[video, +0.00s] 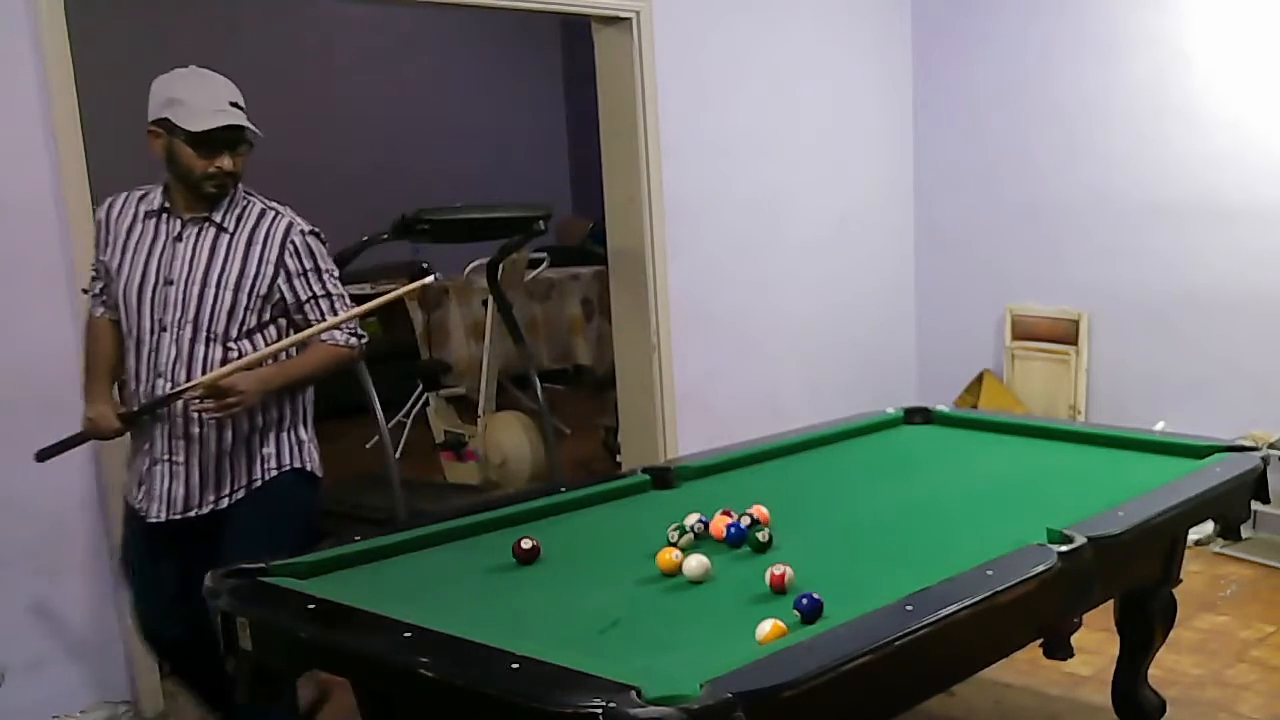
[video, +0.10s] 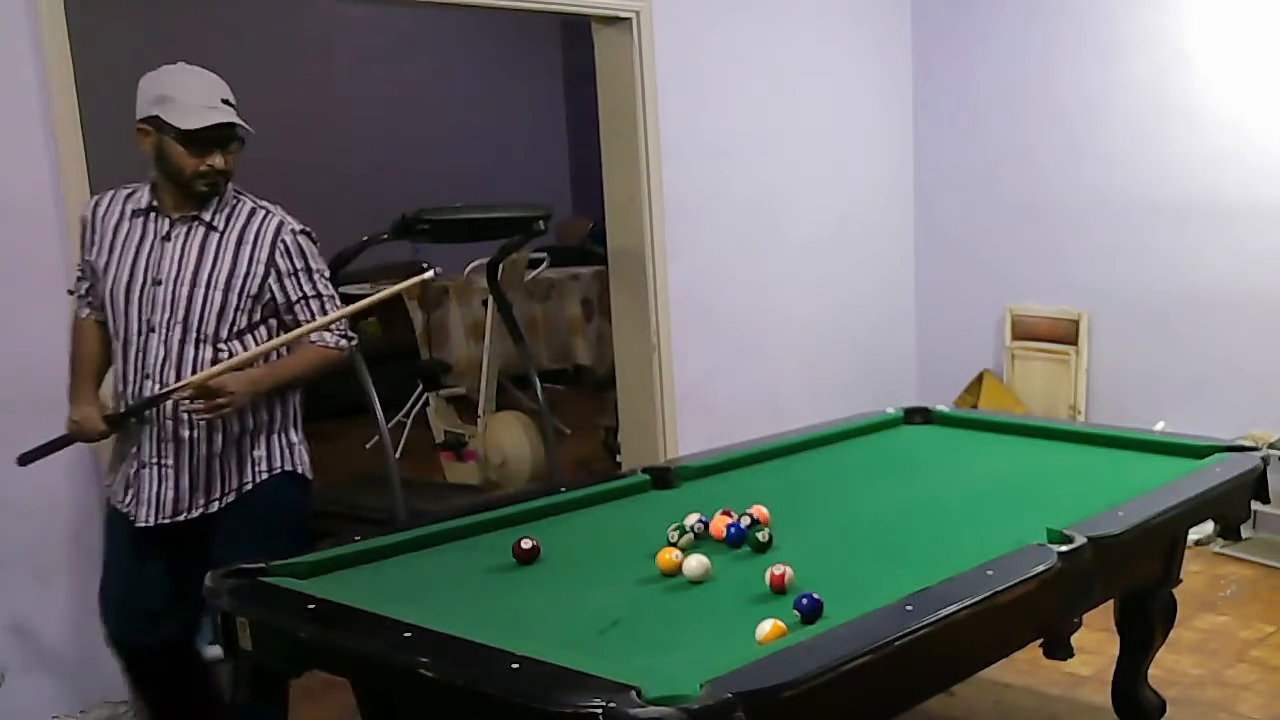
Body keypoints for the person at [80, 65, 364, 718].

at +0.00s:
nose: (225, 163)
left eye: (237, 146)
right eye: (206, 146)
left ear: (251, 142)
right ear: (160, 139)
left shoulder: (283, 234)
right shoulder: (120, 217)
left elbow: (345, 339)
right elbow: (106, 306)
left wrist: (266, 380)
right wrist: (100, 394)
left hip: (264, 470)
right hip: (164, 477)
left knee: (259, 627)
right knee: (168, 629)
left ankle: (280, 712)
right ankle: (254, 709)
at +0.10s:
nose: (218, 161)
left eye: (229, 144)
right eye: (198, 144)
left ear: (243, 141)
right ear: (148, 137)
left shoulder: (273, 234)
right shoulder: (108, 216)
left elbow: (334, 341)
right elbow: (93, 308)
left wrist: (256, 381)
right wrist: (84, 394)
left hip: (253, 482)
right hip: (146, 488)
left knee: (261, 651)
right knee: (140, 638)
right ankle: (190, 719)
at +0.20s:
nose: (208, 160)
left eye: (219, 144)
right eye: (188, 143)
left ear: (231, 140)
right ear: (136, 137)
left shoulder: (261, 234)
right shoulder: (95, 217)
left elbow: (325, 343)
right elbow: (78, 312)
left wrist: (246, 384)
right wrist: (68, 400)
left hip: (244, 494)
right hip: (130, 500)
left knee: (259, 678)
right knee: (124, 676)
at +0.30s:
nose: (196, 163)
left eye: (205, 146)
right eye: (176, 146)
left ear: (217, 141)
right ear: (121, 140)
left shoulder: (249, 237)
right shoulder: (74, 223)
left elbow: (315, 345)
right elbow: (57, 318)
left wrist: (237, 388)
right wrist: (51, 412)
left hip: (232, 506)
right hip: (114, 509)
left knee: (255, 690)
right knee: (108, 692)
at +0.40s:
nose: (179, 168)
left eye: (186, 150)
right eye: (159, 150)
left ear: (198, 147)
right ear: (101, 144)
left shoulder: (231, 239)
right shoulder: (45, 231)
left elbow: (300, 347)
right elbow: (27, 323)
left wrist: (221, 395)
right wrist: (28, 421)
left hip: (220, 514)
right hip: (97, 522)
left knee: (248, 695)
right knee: (92, 698)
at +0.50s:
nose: (153, 173)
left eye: (161, 155)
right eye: (132, 155)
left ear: (174, 152)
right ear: (71, 150)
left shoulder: (207, 247)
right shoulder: (18, 241)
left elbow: (280, 352)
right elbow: (7, 347)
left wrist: (207, 400)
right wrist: (5, 435)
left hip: (202, 528)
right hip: (75, 537)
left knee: (240, 700)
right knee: (76, 706)